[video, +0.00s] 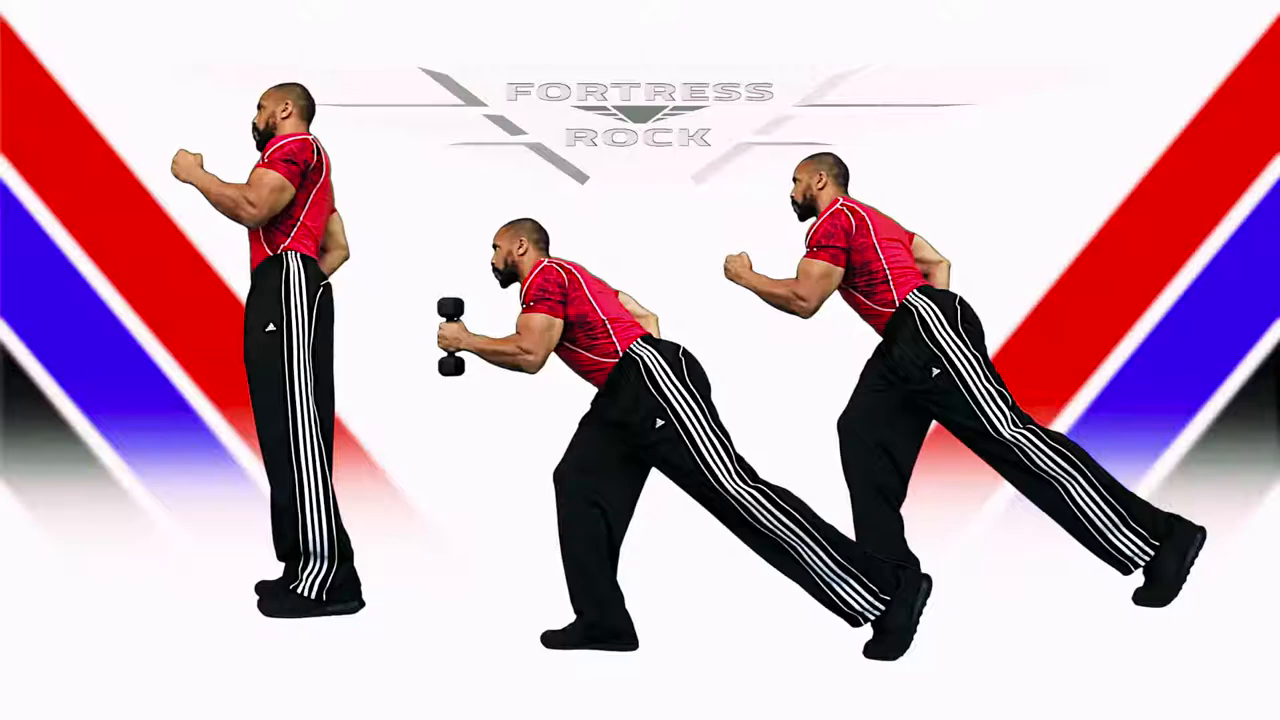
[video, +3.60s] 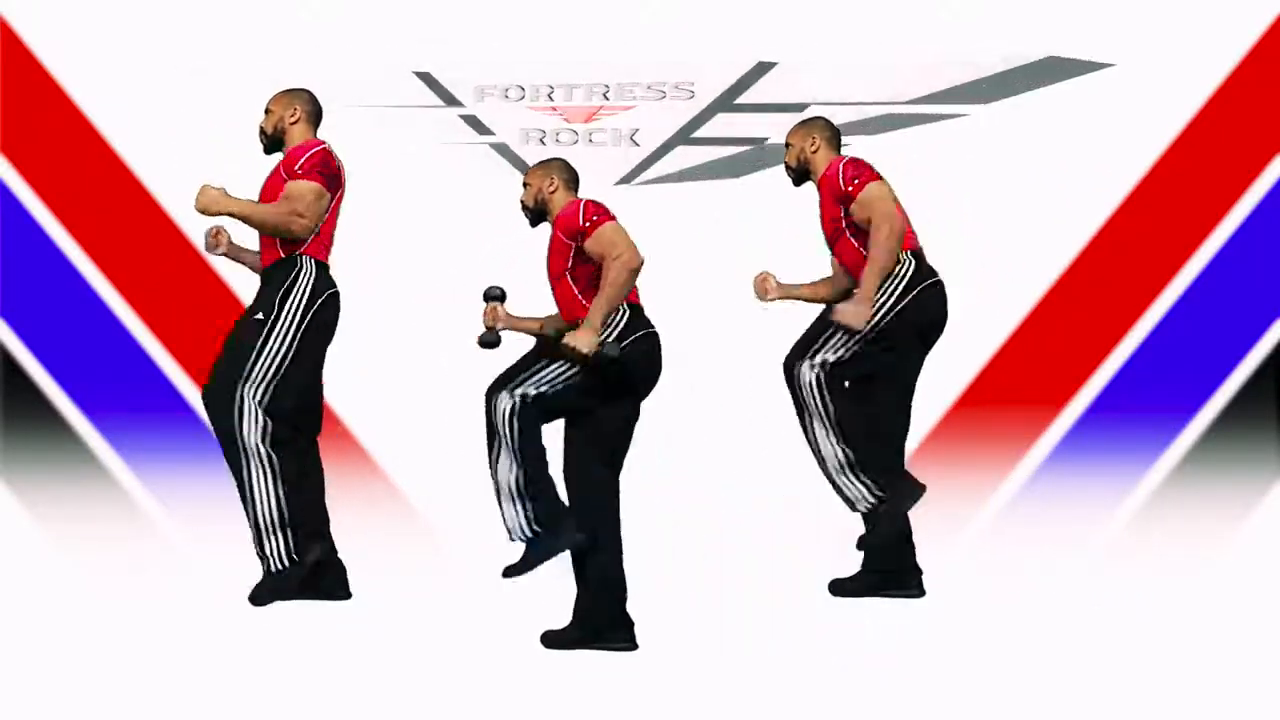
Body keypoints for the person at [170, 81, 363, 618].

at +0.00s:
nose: (254, 119)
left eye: (259, 109)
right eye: (255, 111)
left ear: (284, 109)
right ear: (294, 113)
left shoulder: (296, 146)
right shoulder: (306, 159)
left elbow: (255, 205)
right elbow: (334, 249)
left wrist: (196, 175)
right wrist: (283, 288)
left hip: (287, 291)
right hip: (290, 293)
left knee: (296, 435)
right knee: (290, 435)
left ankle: (322, 580)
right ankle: (309, 572)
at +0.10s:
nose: (254, 119)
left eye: (259, 110)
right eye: (256, 112)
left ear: (284, 112)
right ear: (291, 115)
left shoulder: (299, 150)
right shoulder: (294, 162)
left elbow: (275, 213)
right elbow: (321, 257)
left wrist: (209, 198)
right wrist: (262, 281)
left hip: (291, 287)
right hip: (282, 290)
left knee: (282, 420)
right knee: (254, 419)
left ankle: (307, 570)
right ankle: (319, 562)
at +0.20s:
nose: (254, 124)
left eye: (259, 115)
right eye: (255, 116)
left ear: (284, 115)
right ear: (288, 118)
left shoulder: (302, 152)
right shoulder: (273, 178)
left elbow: (316, 215)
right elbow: (270, 264)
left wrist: (243, 227)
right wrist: (223, 248)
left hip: (296, 286)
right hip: (290, 292)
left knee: (214, 378)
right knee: (289, 435)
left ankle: (257, 526)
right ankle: (316, 569)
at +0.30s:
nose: (254, 121)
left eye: (260, 112)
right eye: (255, 115)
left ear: (284, 114)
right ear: (284, 118)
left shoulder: (303, 148)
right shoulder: (277, 177)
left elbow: (350, 201)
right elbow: (246, 250)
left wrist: (286, 239)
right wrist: (205, 211)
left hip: (297, 280)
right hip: (299, 298)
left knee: (184, 325)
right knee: (289, 438)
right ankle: (315, 570)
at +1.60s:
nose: (259, 125)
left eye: (264, 116)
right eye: (261, 117)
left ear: (288, 117)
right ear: (293, 121)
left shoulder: (310, 158)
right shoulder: (281, 179)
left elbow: (298, 226)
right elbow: (277, 267)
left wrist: (225, 219)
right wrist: (227, 262)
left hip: (297, 287)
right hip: (295, 296)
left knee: (206, 371)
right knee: (285, 431)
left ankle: (248, 520)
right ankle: (315, 571)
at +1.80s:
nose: (257, 122)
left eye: (263, 112)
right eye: (259, 115)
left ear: (286, 111)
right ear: (298, 117)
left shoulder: (301, 151)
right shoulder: (306, 164)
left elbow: (243, 205)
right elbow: (333, 253)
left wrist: (196, 160)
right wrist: (292, 301)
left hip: (294, 290)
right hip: (293, 292)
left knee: (274, 425)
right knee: (275, 426)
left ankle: (301, 574)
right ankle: (322, 564)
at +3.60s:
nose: (261, 120)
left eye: (268, 111)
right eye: (263, 112)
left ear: (292, 114)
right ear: (295, 117)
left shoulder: (313, 153)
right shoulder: (283, 174)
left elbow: (300, 217)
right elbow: (282, 263)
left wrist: (229, 204)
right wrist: (235, 249)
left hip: (298, 287)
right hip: (288, 292)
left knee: (241, 400)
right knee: (291, 426)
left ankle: (285, 562)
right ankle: (318, 566)